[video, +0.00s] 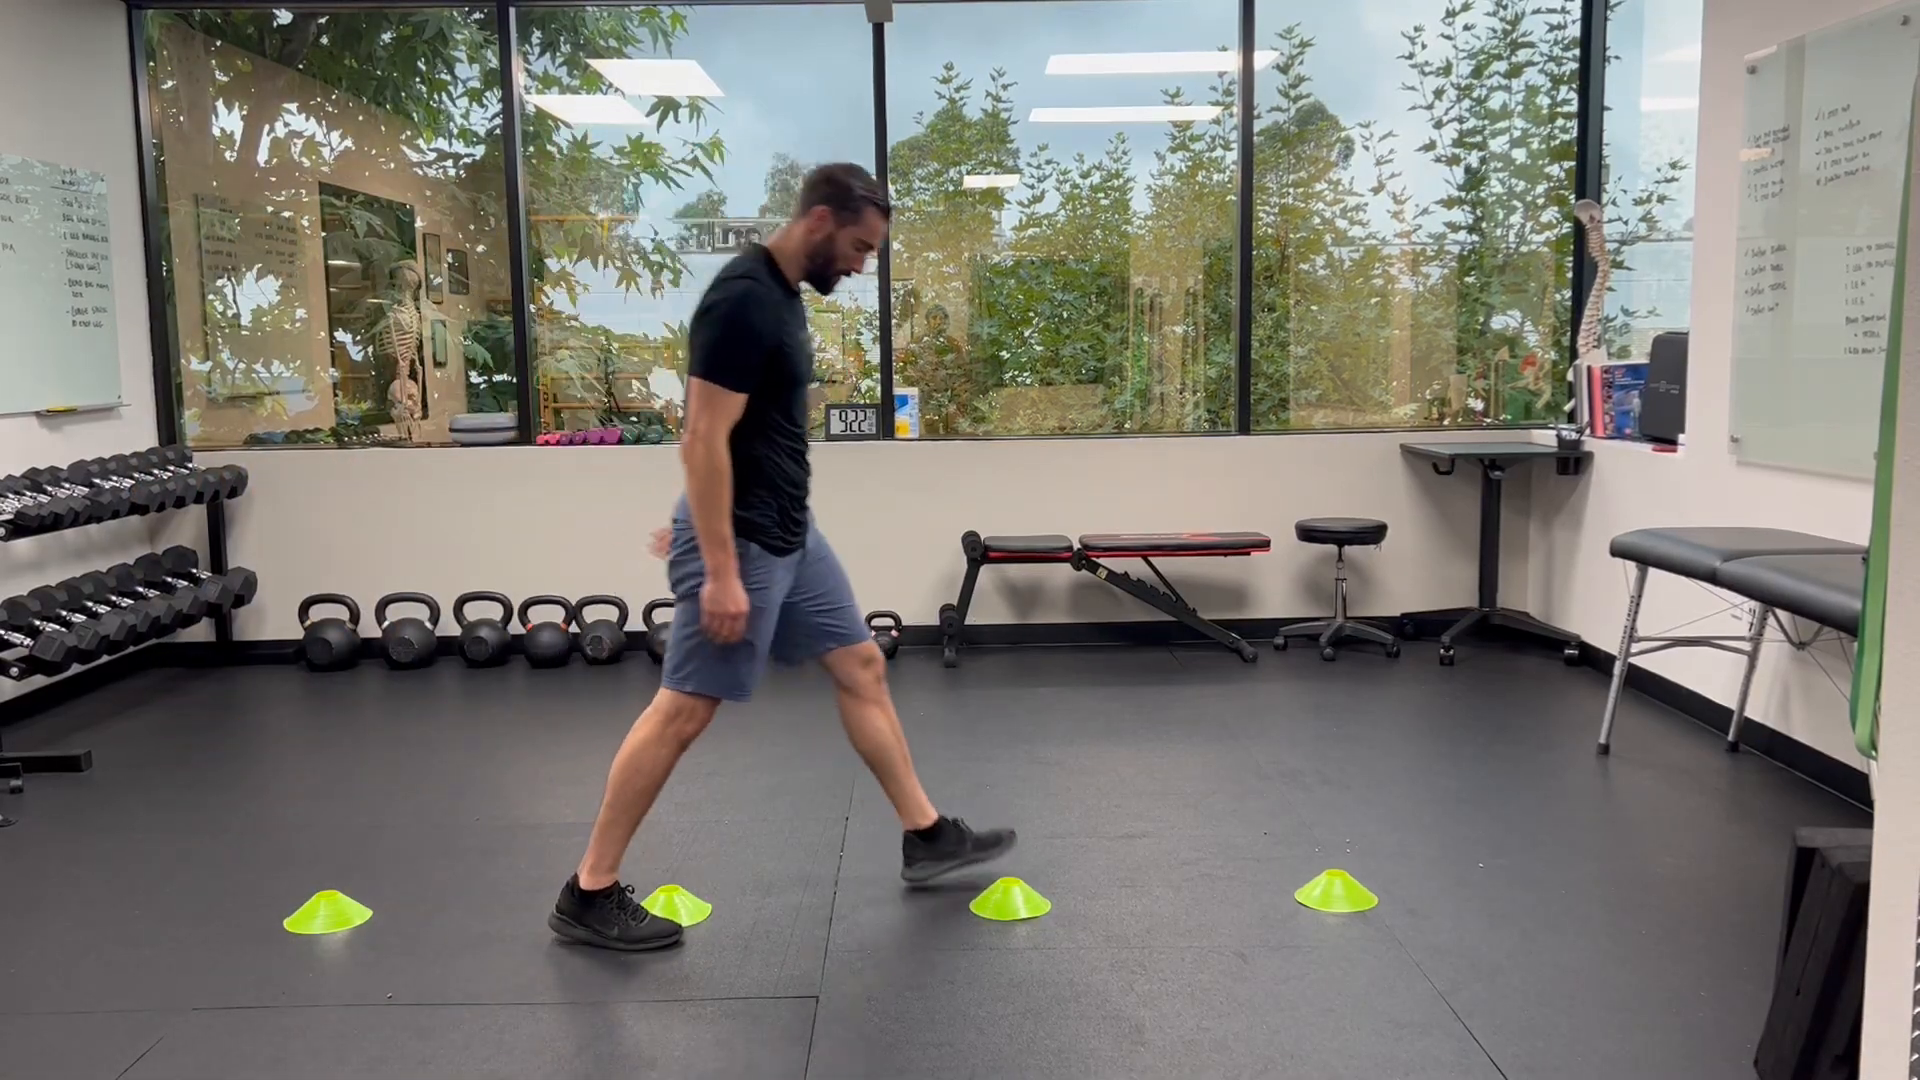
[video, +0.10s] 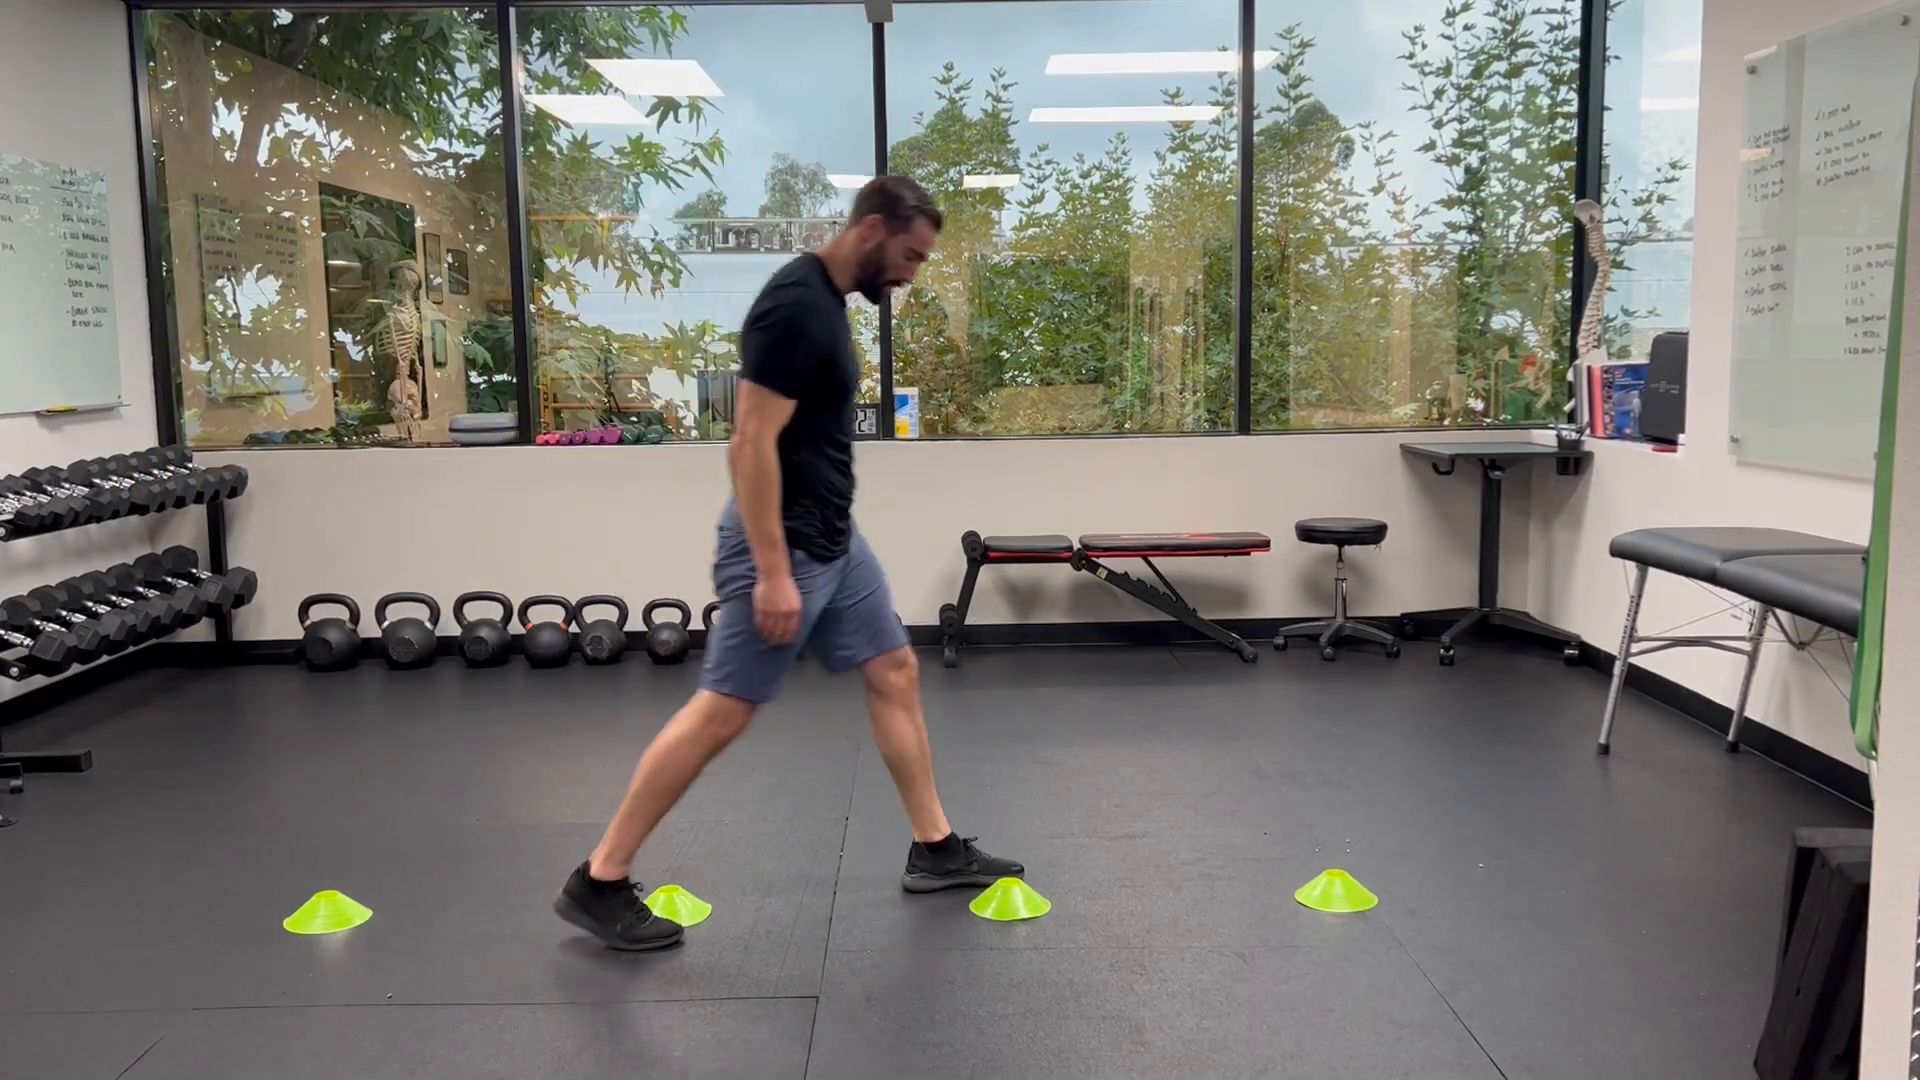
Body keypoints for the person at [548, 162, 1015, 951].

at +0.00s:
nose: (861, 267)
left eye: (870, 253)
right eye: (860, 248)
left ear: (823, 225)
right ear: (819, 220)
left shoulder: (780, 294)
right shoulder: (744, 299)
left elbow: (743, 424)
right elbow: (704, 434)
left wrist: (690, 510)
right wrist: (722, 571)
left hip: (790, 535)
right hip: (738, 545)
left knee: (859, 665)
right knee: (681, 709)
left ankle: (926, 831)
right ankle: (590, 889)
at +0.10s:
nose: (910, 277)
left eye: (918, 265)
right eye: (910, 259)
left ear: (876, 235)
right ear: (872, 231)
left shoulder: (828, 302)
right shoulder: (798, 307)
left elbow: (797, 435)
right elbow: (751, 440)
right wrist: (772, 570)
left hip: (832, 543)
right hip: (779, 553)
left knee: (894, 671)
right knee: (720, 712)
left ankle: (936, 844)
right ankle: (600, 878)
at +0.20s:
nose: (947, 257)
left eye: (959, 244)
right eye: (946, 236)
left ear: (906, 214)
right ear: (904, 207)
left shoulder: (866, 285)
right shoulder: (840, 286)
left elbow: (831, 417)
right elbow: (798, 418)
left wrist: (863, 524)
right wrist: (823, 544)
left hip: (865, 521)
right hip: (815, 527)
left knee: (912, 672)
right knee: (806, 710)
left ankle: (933, 845)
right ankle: (647, 844)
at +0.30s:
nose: (964, 223)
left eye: (975, 212)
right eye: (956, 201)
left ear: (970, 216)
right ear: (912, 187)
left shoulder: (905, 283)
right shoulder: (860, 274)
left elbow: (901, 413)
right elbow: (825, 406)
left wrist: (956, 496)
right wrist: (867, 528)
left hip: (892, 510)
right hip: (840, 516)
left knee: (924, 672)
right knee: (895, 688)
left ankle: (935, 844)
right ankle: (726, 805)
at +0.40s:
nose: (965, 201)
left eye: (978, 192)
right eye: (956, 181)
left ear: (980, 204)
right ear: (916, 176)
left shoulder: (932, 277)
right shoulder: (868, 267)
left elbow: (942, 395)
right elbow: (843, 405)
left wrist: (1014, 469)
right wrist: (899, 513)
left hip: (911, 502)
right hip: (864, 508)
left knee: (936, 673)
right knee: (953, 670)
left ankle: (936, 842)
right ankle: (822, 817)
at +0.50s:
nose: (964, 193)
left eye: (977, 182)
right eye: (952, 173)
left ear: (980, 194)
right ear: (913, 173)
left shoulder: (947, 277)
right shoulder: (875, 270)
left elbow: (972, 389)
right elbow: (859, 403)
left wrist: (1051, 457)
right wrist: (922, 514)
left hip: (929, 508)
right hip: (894, 513)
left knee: (941, 681)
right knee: (967, 684)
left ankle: (937, 851)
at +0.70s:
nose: (967, 184)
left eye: (979, 171)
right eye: (953, 166)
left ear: (987, 184)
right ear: (915, 171)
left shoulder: (959, 266)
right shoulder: (891, 269)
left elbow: (995, 366)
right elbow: (892, 410)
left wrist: (1068, 354)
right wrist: (938, 527)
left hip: (974, 507)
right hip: (938, 513)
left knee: (971, 683)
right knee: (967, 687)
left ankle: (939, 848)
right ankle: (952, 888)